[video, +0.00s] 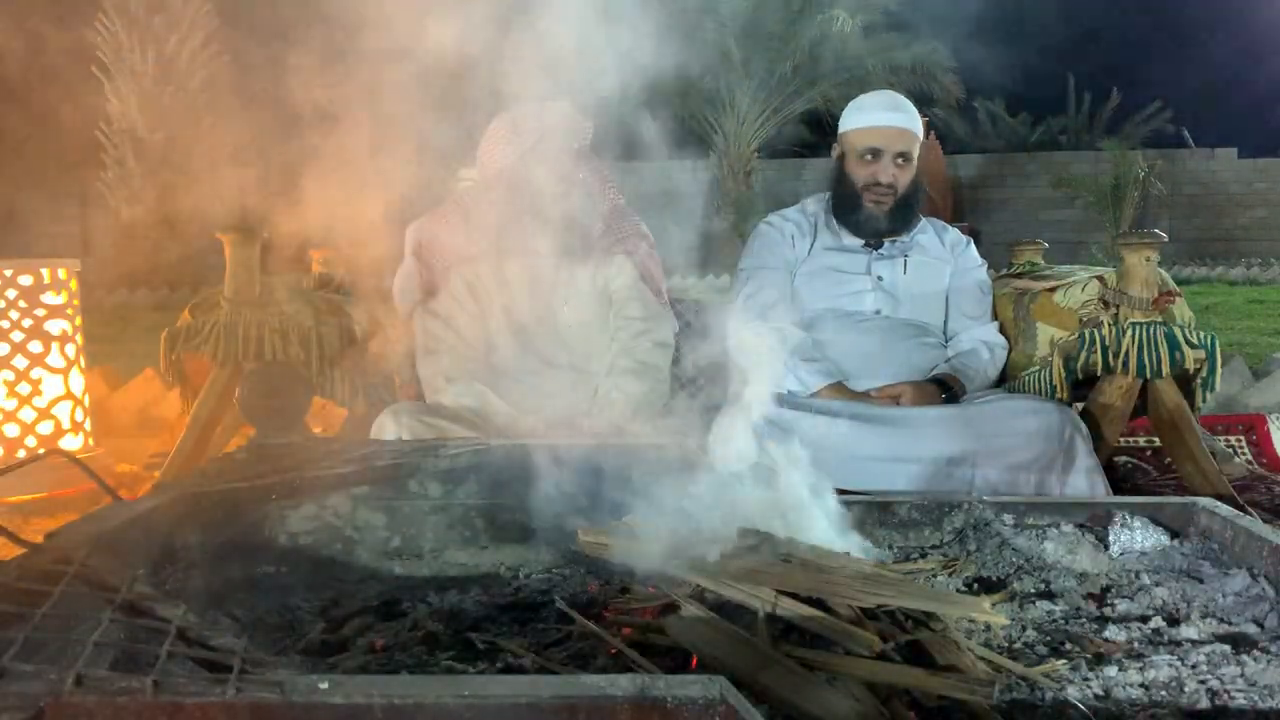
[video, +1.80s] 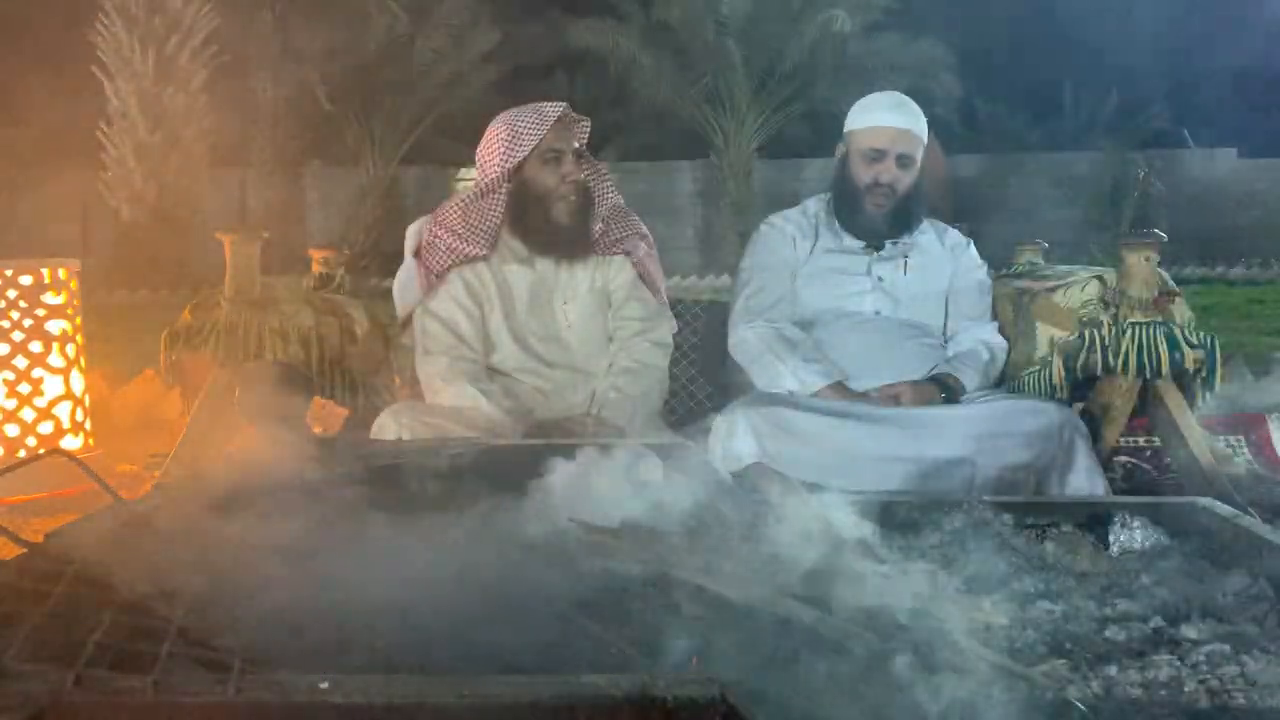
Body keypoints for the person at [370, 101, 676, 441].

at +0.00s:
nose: (574, 175)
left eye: (577, 161)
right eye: (552, 162)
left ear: (588, 174)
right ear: (509, 178)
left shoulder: (616, 273)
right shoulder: (461, 291)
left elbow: (641, 372)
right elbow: (447, 387)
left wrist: (598, 429)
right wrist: (521, 430)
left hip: (598, 440)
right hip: (499, 442)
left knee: (685, 439)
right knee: (396, 424)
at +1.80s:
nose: (575, 175)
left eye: (578, 158)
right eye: (552, 160)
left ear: (587, 165)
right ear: (509, 176)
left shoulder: (614, 257)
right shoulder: (460, 266)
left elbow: (645, 351)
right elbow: (447, 376)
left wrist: (600, 427)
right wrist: (516, 436)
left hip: (602, 437)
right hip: (499, 438)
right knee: (397, 426)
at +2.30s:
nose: (574, 172)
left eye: (577, 158)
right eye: (552, 160)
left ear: (587, 167)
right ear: (508, 178)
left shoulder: (612, 262)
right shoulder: (462, 272)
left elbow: (644, 352)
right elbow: (448, 380)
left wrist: (610, 428)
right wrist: (515, 435)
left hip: (603, 430)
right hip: (502, 434)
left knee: (672, 445)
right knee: (397, 427)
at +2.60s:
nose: (574, 174)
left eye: (575, 157)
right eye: (550, 160)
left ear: (584, 164)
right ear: (506, 178)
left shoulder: (612, 260)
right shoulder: (463, 268)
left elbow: (644, 357)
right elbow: (450, 379)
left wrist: (593, 431)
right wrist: (516, 439)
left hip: (599, 428)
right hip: (499, 428)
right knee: (396, 424)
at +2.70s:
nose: (572, 173)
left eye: (574, 156)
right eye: (547, 160)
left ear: (584, 163)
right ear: (505, 180)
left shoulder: (611, 258)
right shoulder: (464, 266)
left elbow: (644, 352)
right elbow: (448, 380)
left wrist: (602, 427)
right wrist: (513, 439)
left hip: (597, 426)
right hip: (499, 426)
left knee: (678, 432)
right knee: (395, 425)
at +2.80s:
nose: (570, 173)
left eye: (572, 155)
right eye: (545, 160)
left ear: (582, 161)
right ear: (503, 180)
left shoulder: (612, 258)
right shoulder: (464, 269)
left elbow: (642, 354)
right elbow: (448, 381)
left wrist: (601, 426)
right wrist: (518, 440)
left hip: (598, 423)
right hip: (501, 425)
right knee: (395, 425)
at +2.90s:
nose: (569, 173)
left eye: (572, 155)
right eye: (543, 161)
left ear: (583, 160)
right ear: (502, 180)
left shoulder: (616, 250)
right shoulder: (461, 261)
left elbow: (645, 355)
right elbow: (449, 380)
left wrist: (598, 431)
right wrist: (519, 445)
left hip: (598, 434)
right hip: (498, 433)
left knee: (675, 456)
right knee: (397, 426)